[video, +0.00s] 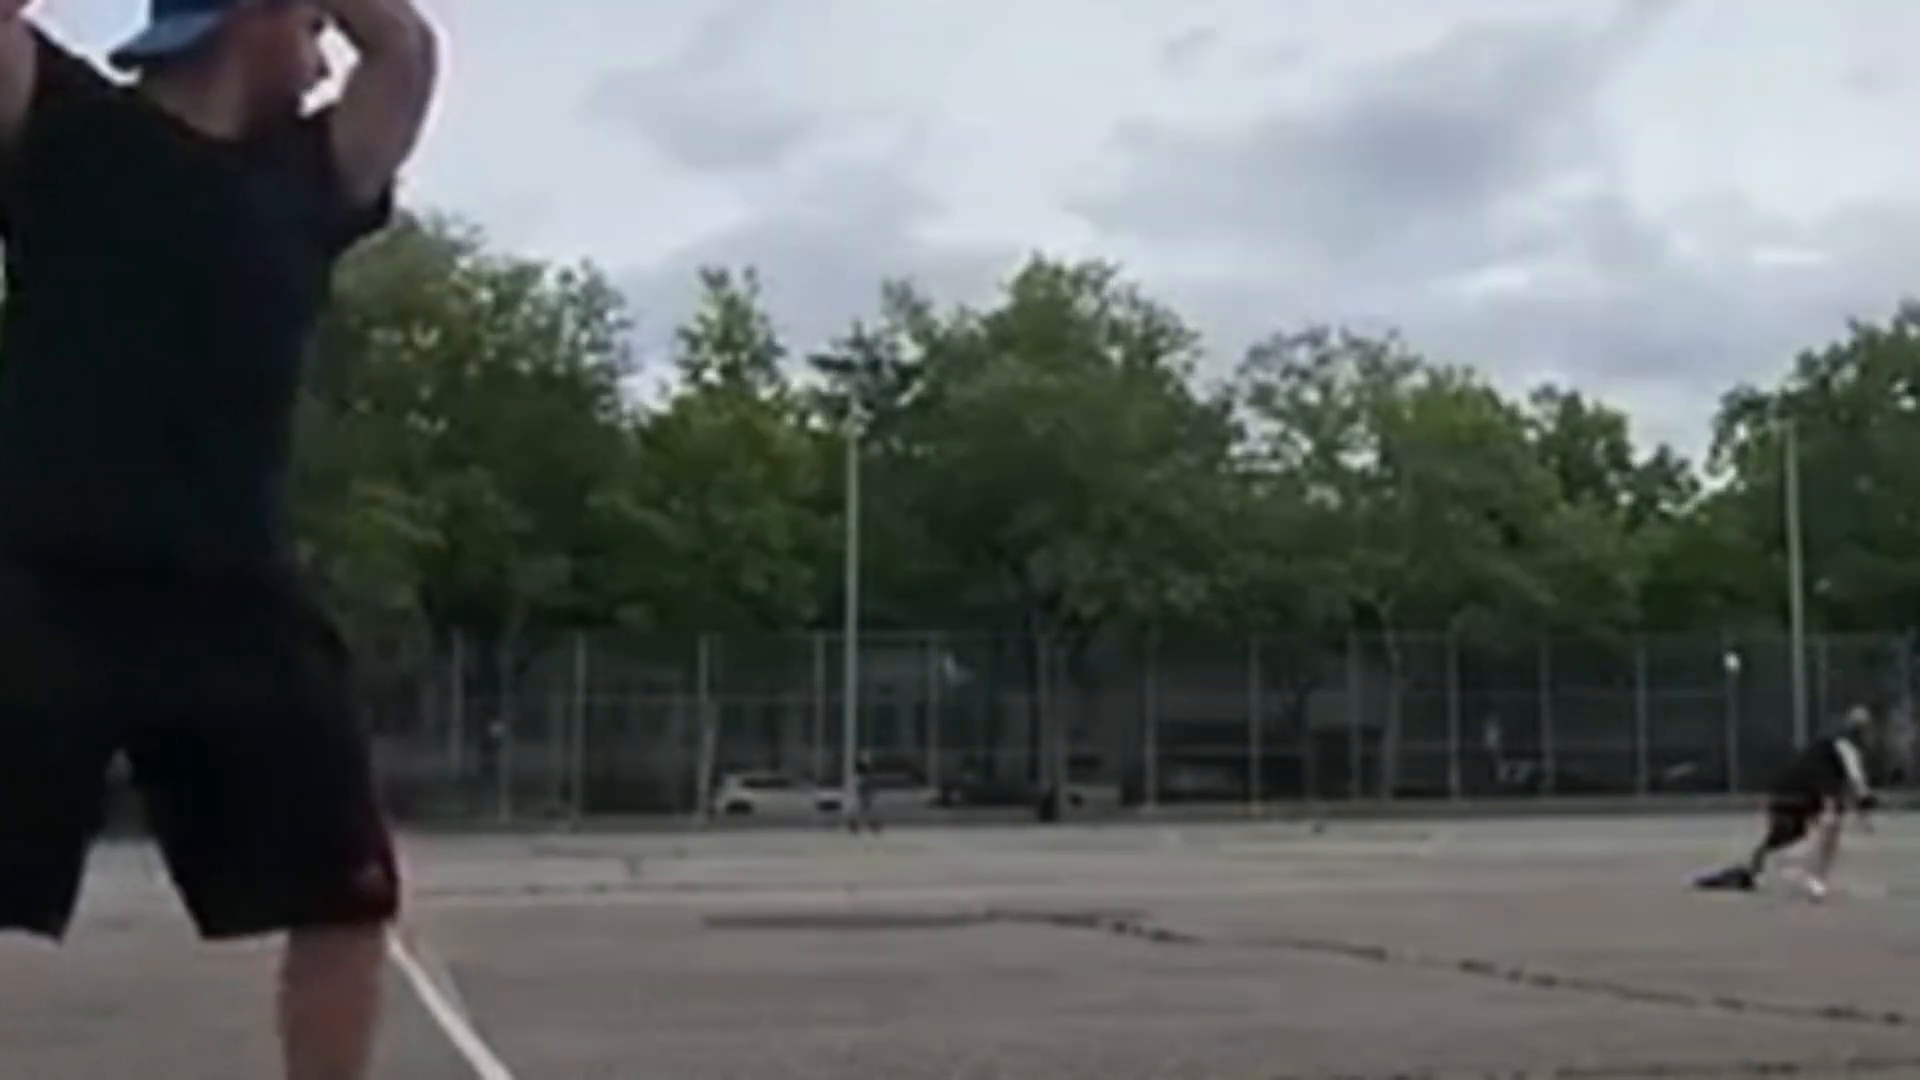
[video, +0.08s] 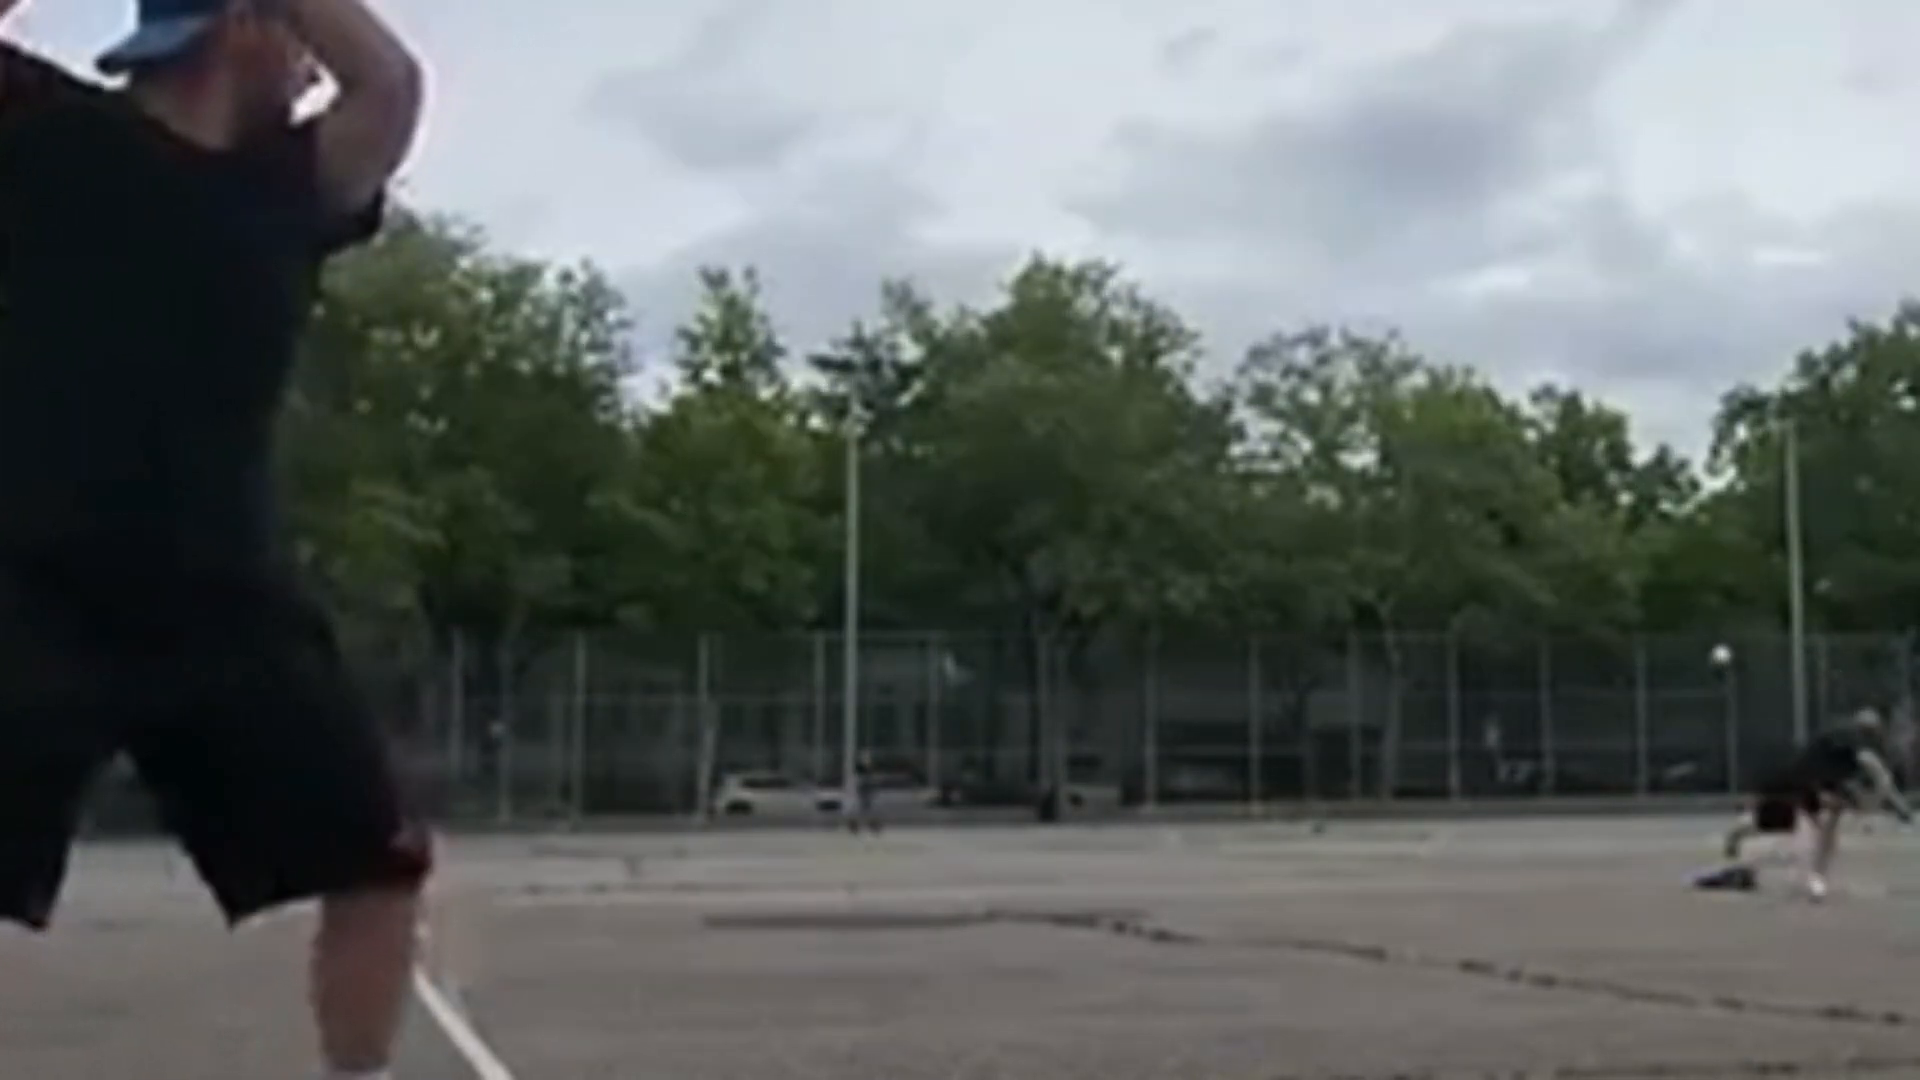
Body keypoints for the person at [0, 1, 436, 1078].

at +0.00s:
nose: (319, 48)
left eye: (323, 27)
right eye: (305, 20)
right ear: (247, 19)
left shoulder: (305, 180)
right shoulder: (67, 122)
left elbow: (408, 52)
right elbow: (3, 21)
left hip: (233, 586)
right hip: (48, 579)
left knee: (345, 900)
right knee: (4, 895)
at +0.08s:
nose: (295, 51)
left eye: (297, 34)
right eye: (282, 27)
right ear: (231, 33)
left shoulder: (283, 193)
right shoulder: (48, 128)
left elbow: (389, 86)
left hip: (217, 586)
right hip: (41, 581)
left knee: (380, 864)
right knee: (6, 882)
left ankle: (354, 1066)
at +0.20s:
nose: (323, 106)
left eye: (323, 81)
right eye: (305, 77)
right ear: (224, 72)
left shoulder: (304, 238)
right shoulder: (38, 173)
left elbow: (297, 218)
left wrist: (114, 47)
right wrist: (18, 28)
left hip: (221, 624)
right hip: (42, 625)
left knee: (413, 855)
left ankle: (441, 1060)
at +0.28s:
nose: (341, 161)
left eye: (342, 136)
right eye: (325, 131)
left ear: (259, 130)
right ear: (242, 127)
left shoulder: (325, 276)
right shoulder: (49, 237)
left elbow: (253, 351)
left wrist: (69, 185)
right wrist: (19, 129)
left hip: (238, 671)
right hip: (51, 669)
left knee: (423, 901)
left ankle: (431, 1069)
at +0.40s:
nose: (339, 212)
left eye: (344, 187)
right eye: (319, 182)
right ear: (224, 166)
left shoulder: (335, 332)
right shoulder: (61, 286)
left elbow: (293, 483)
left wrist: (113, 369)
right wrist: (12, 292)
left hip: (245, 683)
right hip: (59, 689)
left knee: (439, 913)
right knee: (5, 937)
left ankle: (445, 1070)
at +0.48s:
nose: (294, 192)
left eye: (312, 167)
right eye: (269, 157)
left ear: (325, 172)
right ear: (181, 140)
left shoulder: (328, 330)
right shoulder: (43, 284)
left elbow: (335, 535)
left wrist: (184, 514)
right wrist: (26, 436)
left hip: (227, 665)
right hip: (43, 663)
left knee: (417, 913)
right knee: (6, 921)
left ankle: (435, 1067)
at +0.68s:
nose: (209, 57)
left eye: (239, 37)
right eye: (179, 25)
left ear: (260, 66)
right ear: (107, 34)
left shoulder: (280, 245)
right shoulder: (16, 183)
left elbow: (318, 444)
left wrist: (252, 508)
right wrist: (70, 450)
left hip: (186, 629)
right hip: (19, 626)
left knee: (328, 898)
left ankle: (410, 1071)